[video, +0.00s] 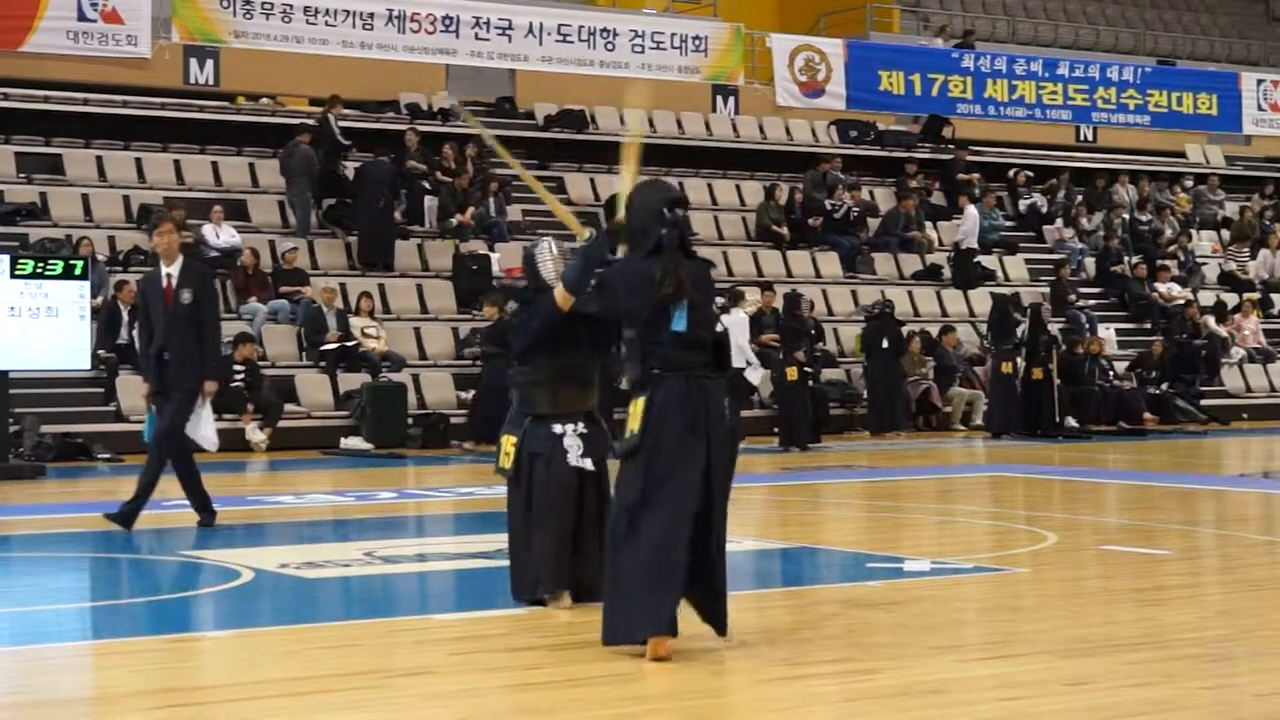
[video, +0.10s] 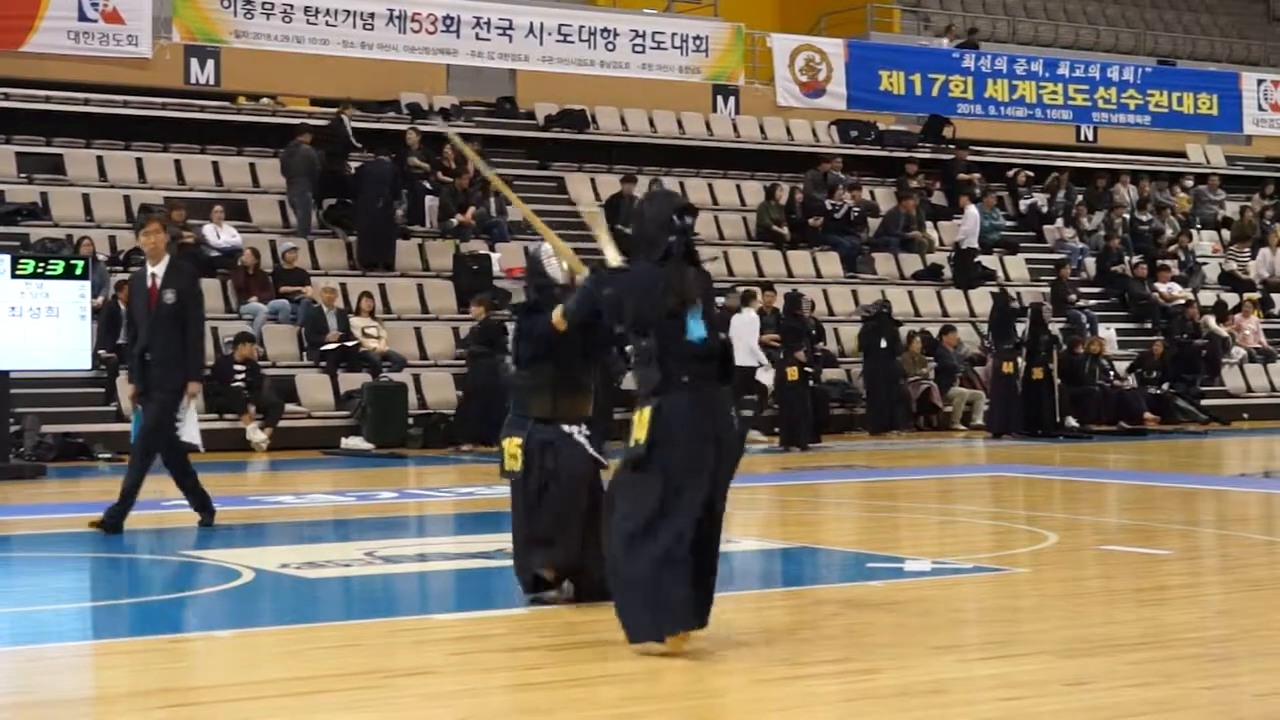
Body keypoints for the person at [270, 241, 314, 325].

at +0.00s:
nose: (293, 256)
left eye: (294, 253)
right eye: (289, 253)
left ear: (297, 254)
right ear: (283, 256)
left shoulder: (301, 272)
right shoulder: (277, 271)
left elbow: (308, 287)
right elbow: (279, 289)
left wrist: (306, 294)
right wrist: (299, 289)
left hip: (300, 295)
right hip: (284, 297)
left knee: (306, 301)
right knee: (305, 309)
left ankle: (298, 328)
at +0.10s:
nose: (293, 256)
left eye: (295, 253)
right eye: (289, 253)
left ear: (297, 254)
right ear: (283, 255)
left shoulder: (302, 272)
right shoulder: (277, 271)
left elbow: (309, 287)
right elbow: (279, 289)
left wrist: (307, 294)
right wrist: (300, 289)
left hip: (300, 296)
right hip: (284, 297)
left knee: (306, 301)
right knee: (305, 309)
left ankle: (299, 328)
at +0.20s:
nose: (293, 256)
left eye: (294, 253)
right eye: (289, 253)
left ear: (297, 255)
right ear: (283, 255)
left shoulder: (303, 272)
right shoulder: (278, 271)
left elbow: (309, 288)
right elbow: (280, 289)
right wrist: (300, 289)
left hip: (300, 296)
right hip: (285, 297)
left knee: (307, 301)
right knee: (308, 309)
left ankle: (299, 328)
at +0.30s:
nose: (292, 256)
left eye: (294, 253)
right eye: (289, 253)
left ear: (298, 255)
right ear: (284, 255)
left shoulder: (303, 272)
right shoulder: (278, 271)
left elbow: (310, 288)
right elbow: (281, 289)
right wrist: (301, 288)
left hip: (301, 295)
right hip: (285, 297)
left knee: (307, 301)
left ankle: (300, 328)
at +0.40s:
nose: (292, 255)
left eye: (294, 252)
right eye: (289, 252)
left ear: (298, 254)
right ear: (284, 255)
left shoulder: (304, 271)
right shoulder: (279, 271)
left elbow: (310, 287)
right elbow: (281, 289)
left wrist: (309, 293)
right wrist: (301, 288)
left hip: (301, 295)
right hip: (286, 297)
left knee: (308, 301)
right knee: (310, 308)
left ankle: (301, 327)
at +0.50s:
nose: (292, 254)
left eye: (295, 251)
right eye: (289, 251)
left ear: (299, 254)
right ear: (285, 254)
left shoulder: (305, 271)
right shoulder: (280, 270)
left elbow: (311, 287)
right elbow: (282, 288)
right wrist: (302, 288)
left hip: (302, 294)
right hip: (287, 296)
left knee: (309, 301)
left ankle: (302, 326)